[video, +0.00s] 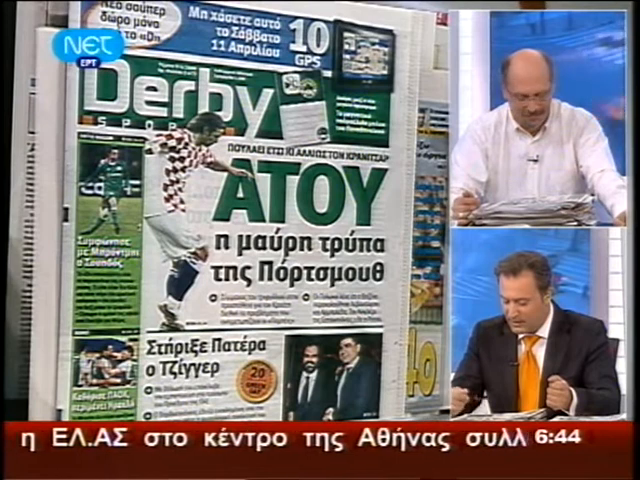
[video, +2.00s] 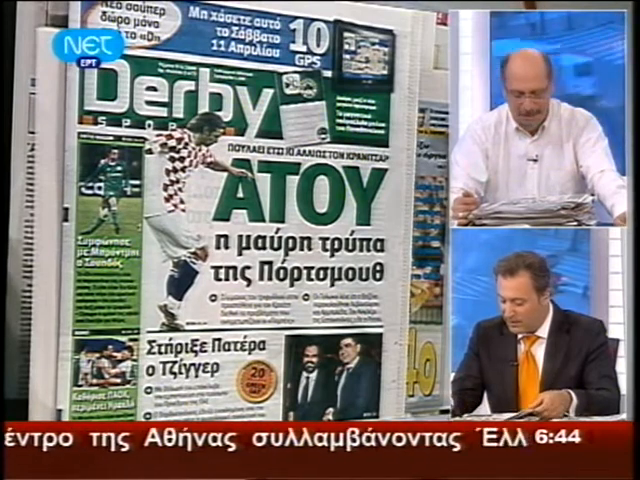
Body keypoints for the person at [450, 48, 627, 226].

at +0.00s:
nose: (533, 107)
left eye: (541, 96)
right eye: (522, 98)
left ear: (552, 87)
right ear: (505, 91)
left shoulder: (580, 124)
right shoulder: (482, 131)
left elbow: (604, 174)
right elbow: (462, 189)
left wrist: (624, 211)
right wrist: (463, 208)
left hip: (567, 246)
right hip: (499, 245)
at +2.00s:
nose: (528, 106)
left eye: (537, 95)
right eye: (518, 95)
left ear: (551, 86)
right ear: (505, 89)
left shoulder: (580, 124)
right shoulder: (482, 131)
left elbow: (604, 174)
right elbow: (462, 187)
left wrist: (624, 212)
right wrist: (462, 208)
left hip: (567, 244)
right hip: (499, 244)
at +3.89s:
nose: (550, 96)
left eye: (554, 84)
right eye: (537, 88)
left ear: (560, 81)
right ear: (512, 90)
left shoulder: (581, 123)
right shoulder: (484, 130)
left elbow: (604, 173)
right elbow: (463, 186)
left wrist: (624, 209)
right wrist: (463, 207)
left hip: (568, 245)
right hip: (500, 245)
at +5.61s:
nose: (532, 100)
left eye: (541, 89)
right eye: (521, 91)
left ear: (554, 82)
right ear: (506, 87)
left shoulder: (582, 123)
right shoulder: (484, 129)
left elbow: (605, 173)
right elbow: (462, 188)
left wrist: (624, 211)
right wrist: (462, 208)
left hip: (569, 244)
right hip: (501, 244)